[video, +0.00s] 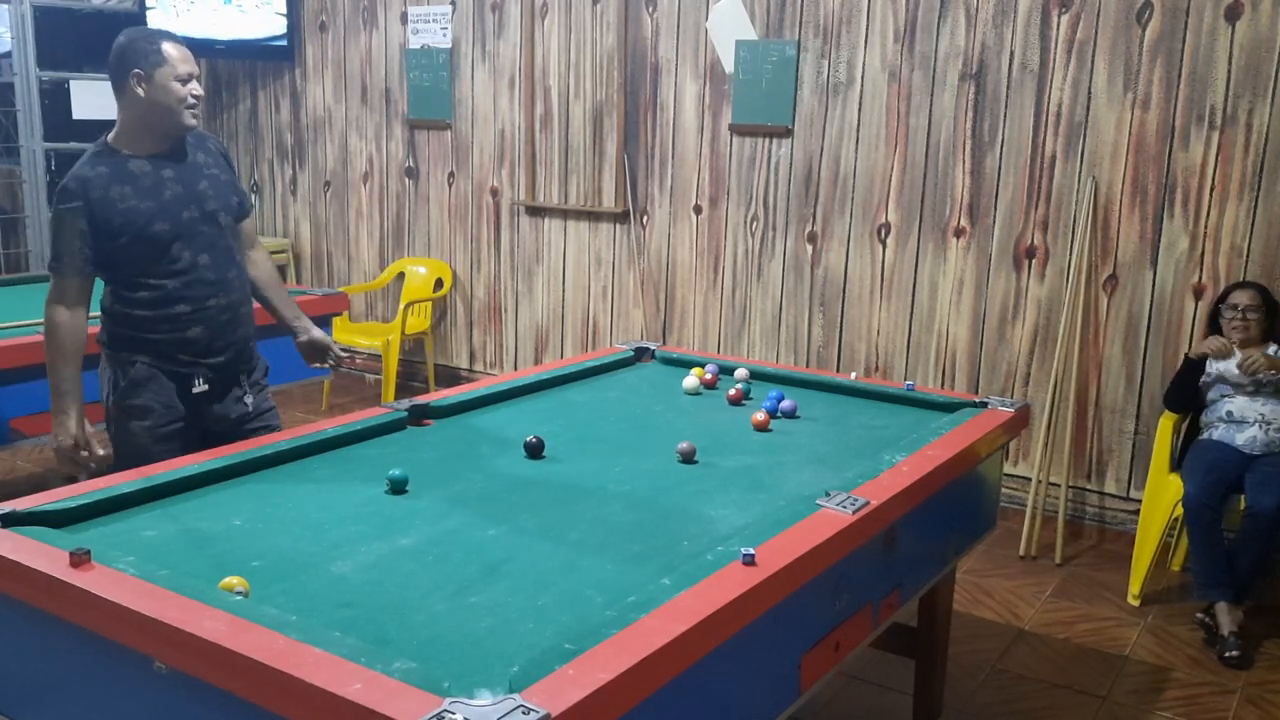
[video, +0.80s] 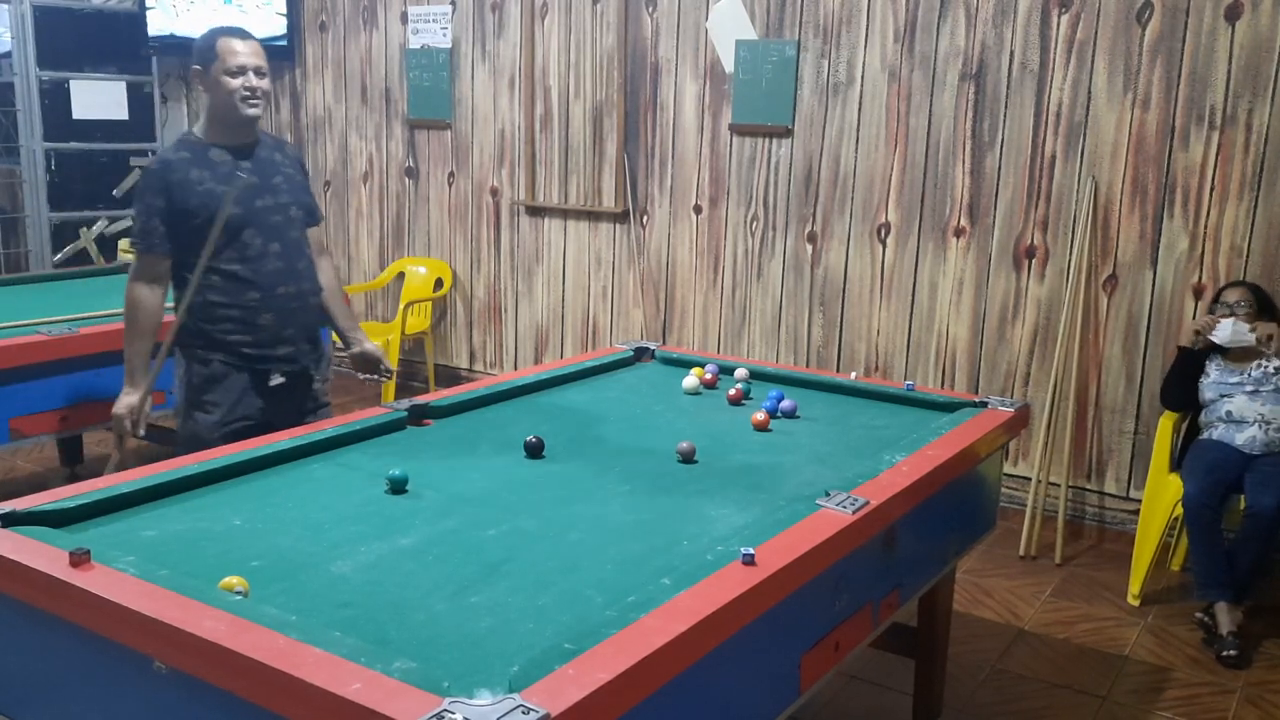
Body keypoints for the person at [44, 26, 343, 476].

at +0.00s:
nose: (198, 93)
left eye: (198, 81)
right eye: (184, 80)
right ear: (138, 84)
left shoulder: (210, 154)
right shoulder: (87, 185)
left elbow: (250, 251)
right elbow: (67, 303)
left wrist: (303, 328)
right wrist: (67, 416)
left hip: (239, 376)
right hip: (149, 388)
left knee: (274, 518)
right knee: (163, 531)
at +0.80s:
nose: (253, 84)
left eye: (261, 74)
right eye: (237, 73)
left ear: (270, 83)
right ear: (201, 81)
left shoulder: (285, 158)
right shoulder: (170, 170)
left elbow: (316, 255)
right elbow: (148, 282)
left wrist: (356, 338)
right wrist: (136, 386)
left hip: (300, 372)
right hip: (220, 378)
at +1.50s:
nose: (313, 94)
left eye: (322, 83)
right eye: (298, 81)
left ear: (331, 90)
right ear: (267, 83)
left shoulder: (330, 167)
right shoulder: (229, 161)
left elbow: (354, 255)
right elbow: (195, 252)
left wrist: (407, 313)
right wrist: (205, 335)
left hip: (325, 357)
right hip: (261, 357)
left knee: (327, 485)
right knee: (280, 488)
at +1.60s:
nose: (316, 94)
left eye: (326, 85)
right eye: (303, 81)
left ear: (336, 92)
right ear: (272, 84)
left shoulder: (334, 167)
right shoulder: (235, 155)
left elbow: (373, 241)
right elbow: (195, 238)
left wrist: (411, 252)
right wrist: (209, 295)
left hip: (325, 349)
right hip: (263, 348)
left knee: (324, 472)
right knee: (280, 474)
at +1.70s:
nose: (319, 94)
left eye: (329, 86)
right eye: (306, 82)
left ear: (339, 94)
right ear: (276, 84)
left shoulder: (341, 167)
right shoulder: (238, 152)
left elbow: (402, 219)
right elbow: (190, 222)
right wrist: (212, 238)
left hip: (325, 350)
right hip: (261, 348)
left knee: (326, 475)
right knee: (282, 474)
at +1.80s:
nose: (320, 94)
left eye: (330, 86)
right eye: (307, 82)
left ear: (340, 94)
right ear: (276, 84)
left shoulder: (346, 162)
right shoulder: (239, 148)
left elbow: (410, 176)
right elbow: (187, 209)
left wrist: (413, 109)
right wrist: (213, 194)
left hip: (325, 350)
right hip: (257, 347)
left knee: (333, 474)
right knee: (284, 473)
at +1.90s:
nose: (319, 94)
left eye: (329, 85)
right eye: (305, 82)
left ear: (339, 94)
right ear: (275, 86)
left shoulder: (348, 156)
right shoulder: (243, 147)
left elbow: (401, 137)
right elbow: (197, 183)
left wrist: (423, 72)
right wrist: (210, 142)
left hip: (328, 350)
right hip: (259, 349)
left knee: (336, 476)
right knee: (277, 480)